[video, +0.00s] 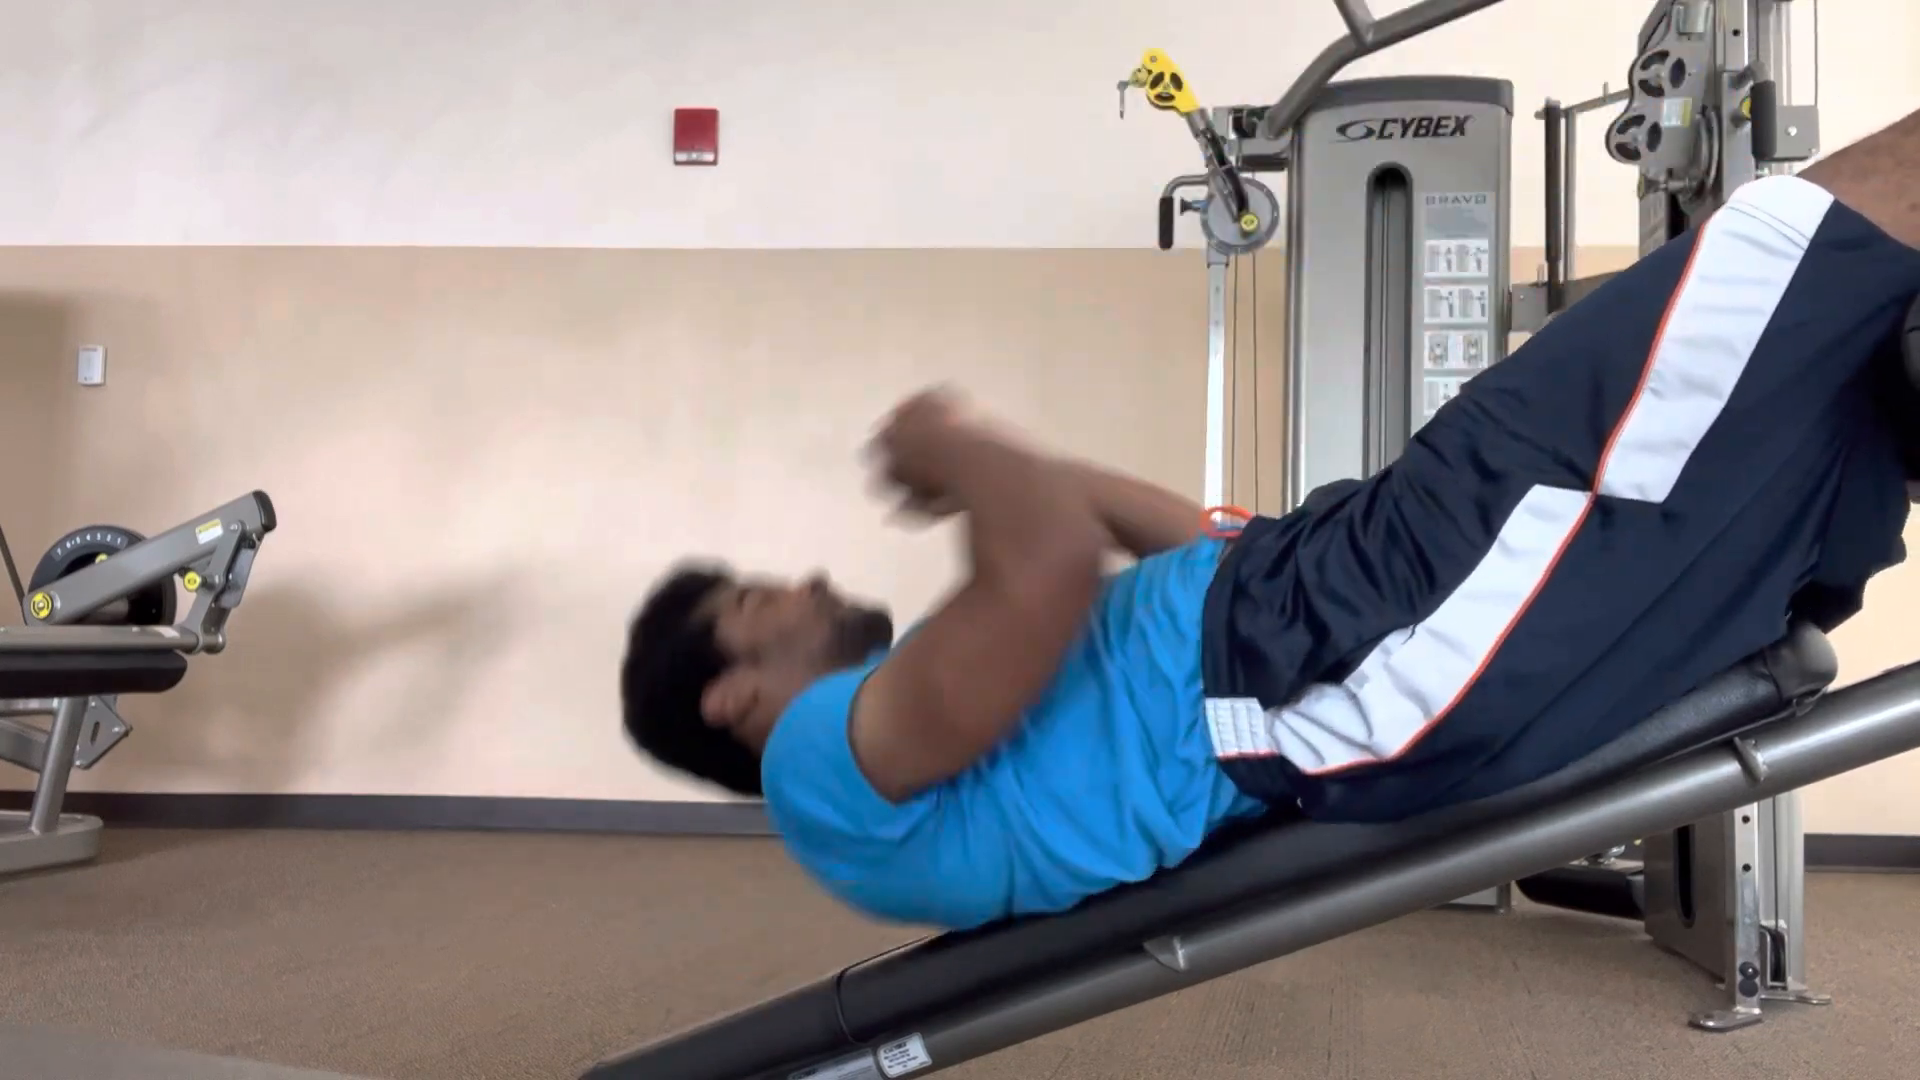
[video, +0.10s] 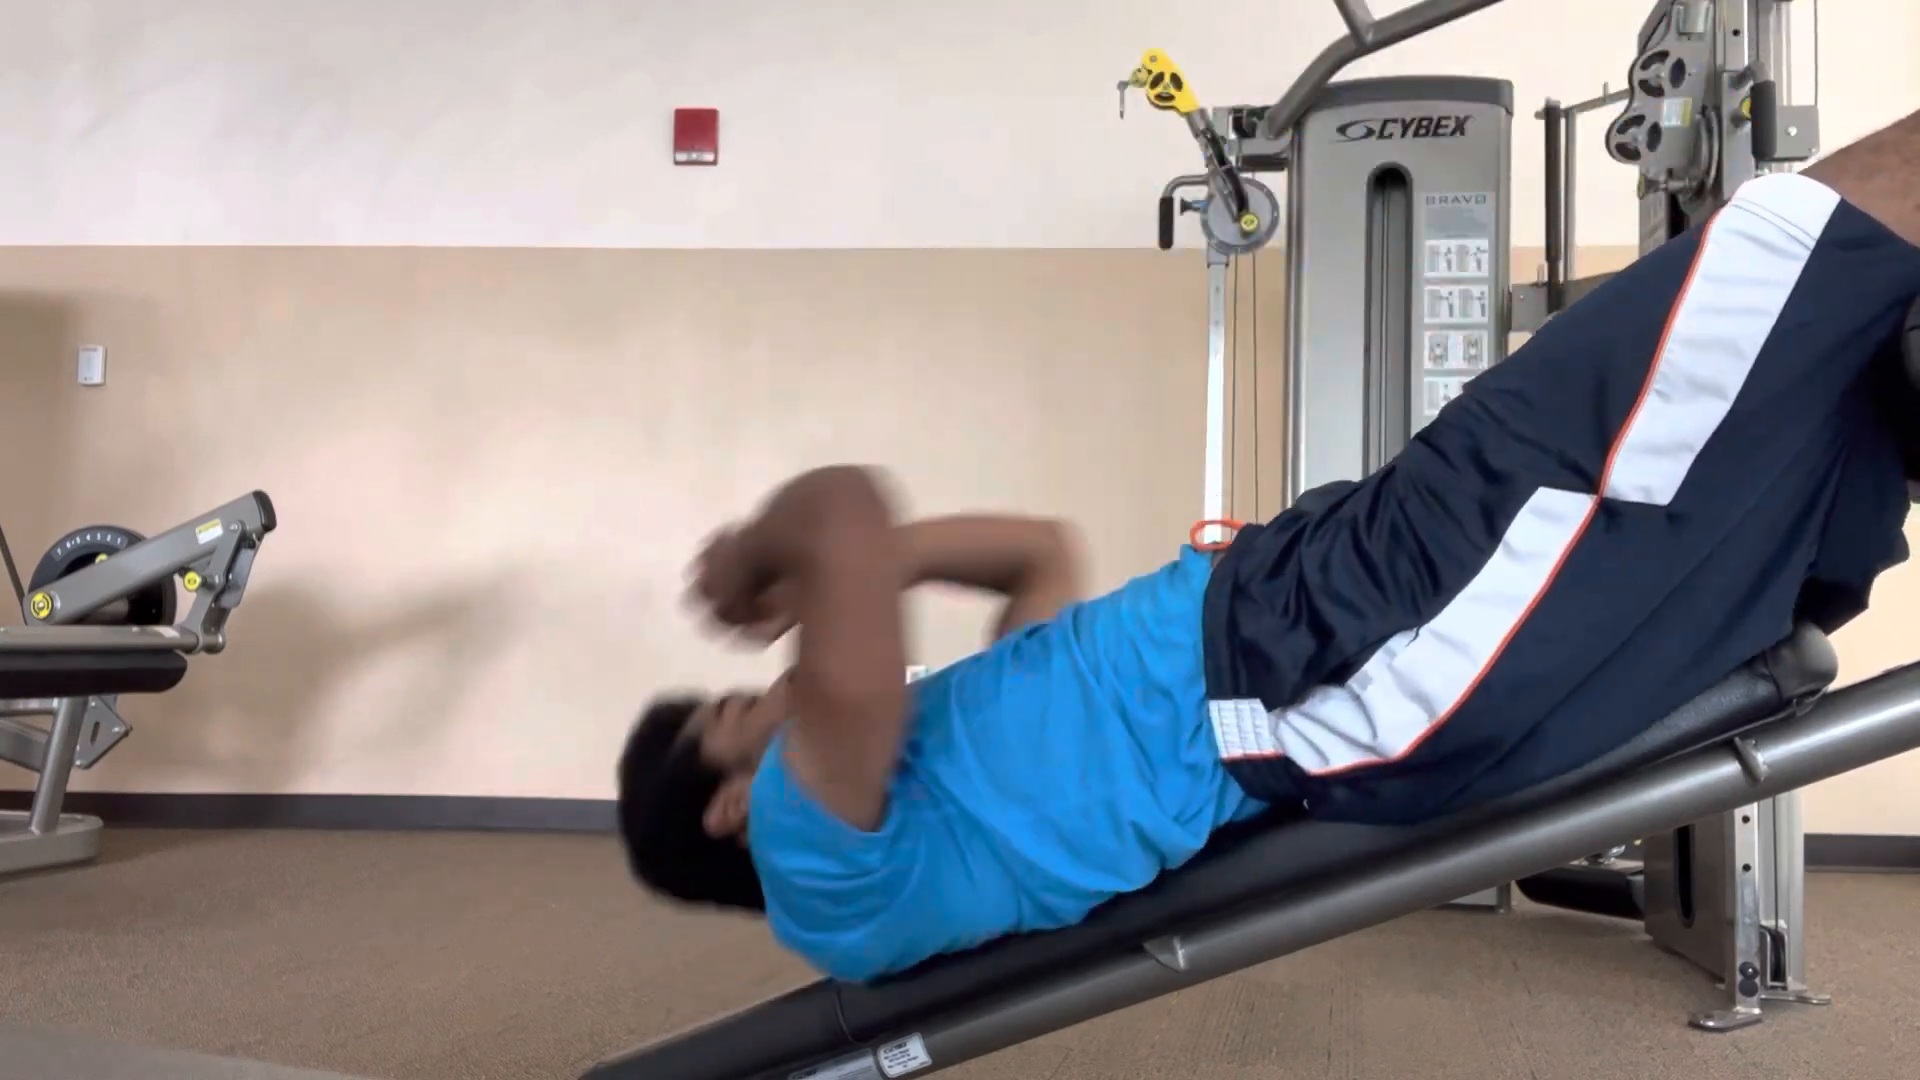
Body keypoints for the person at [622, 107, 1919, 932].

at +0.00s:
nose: (791, 580)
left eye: (761, 573)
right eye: (746, 601)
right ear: (730, 695)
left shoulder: (909, 710)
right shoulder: (819, 765)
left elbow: (1191, 538)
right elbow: (1057, 566)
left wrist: (1005, 464)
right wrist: (959, 446)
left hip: (1310, 605)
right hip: (1299, 674)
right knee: (1838, 211)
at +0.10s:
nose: (759, 703)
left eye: (734, 708)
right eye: (722, 720)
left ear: (767, 711)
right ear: (725, 789)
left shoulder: (916, 799)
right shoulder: (818, 845)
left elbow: (1046, 551)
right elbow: (844, 498)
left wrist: (861, 559)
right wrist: (769, 560)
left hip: (1327, 593)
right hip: (1314, 670)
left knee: (1869, 192)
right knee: (1869, 186)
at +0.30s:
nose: (734, 744)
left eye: (710, 762)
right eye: (713, 788)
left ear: (708, 783)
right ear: (708, 851)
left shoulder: (879, 797)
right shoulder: (798, 898)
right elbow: (537, 726)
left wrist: (530, 811)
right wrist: (491, 820)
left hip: (1349, 570)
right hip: (1355, 661)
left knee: (1872, 185)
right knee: (1854, 195)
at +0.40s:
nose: (741, 787)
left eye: (718, 785)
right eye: (728, 811)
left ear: (733, 776)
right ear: (738, 858)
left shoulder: (882, 775)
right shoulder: (844, 889)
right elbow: (595, 886)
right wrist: (447, 907)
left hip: (1309, 586)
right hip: (1355, 665)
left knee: (1858, 205)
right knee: (1836, 201)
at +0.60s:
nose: (743, 764)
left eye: (734, 768)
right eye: (719, 792)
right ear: (708, 882)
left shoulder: (863, 835)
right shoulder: (778, 899)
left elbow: (859, 628)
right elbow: (583, 635)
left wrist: (649, 719)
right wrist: (588, 750)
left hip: (1351, 587)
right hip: (1339, 658)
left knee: (1877, 174)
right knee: (1857, 181)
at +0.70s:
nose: (738, 706)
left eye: (714, 713)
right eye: (708, 738)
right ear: (716, 808)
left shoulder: (919, 791)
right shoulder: (793, 835)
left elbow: (1141, 558)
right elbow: (894, 544)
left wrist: (929, 488)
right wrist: (854, 496)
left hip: (1339, 592)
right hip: (1322, 661)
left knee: (1880, 177)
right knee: (1863, 183)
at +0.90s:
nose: (862, 431)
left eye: (837, 413)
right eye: (814, 438)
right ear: (761, 533)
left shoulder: (982, 564)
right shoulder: (837, 630)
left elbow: (1321, 555)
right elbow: (1121, 569)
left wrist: (1358, 366)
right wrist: (1315, 328)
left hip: (1391, 619)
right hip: (1342, 657)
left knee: (1874, 419)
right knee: (1863, 174)